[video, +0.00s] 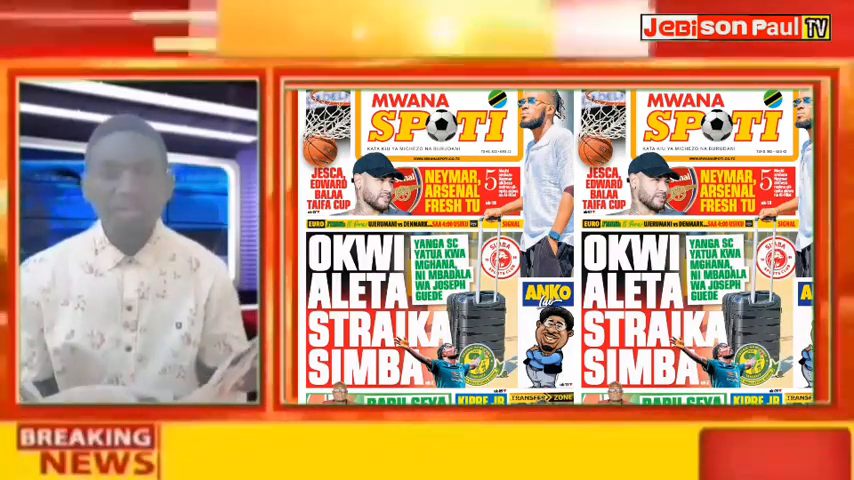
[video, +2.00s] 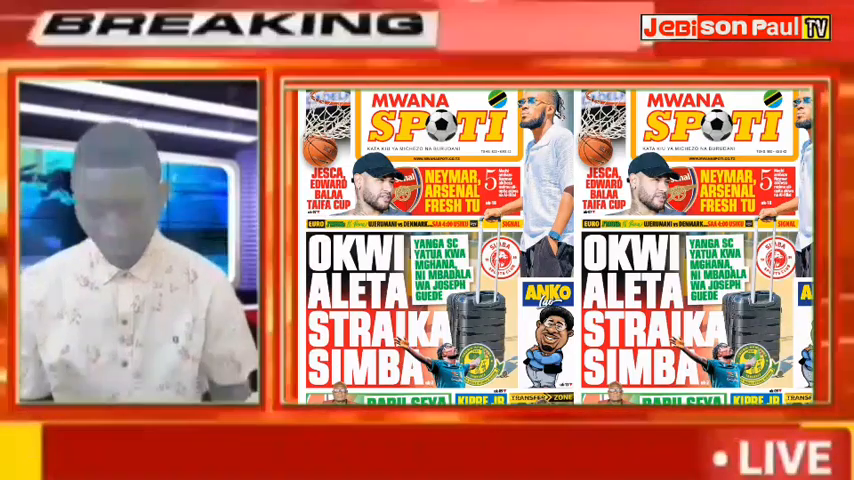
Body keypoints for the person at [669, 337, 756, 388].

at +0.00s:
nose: (729, 348)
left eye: (729, 347)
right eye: (725, 347)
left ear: (731, 351)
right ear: (718, 353)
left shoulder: (737, 366)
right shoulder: (714, 364)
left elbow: (750, 365)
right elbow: (698, 359)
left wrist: (754, 359)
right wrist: (684, 348)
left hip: (737, 401)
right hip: (720, 402)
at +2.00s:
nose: (728, 349)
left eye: (729, 347)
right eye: (724, 347)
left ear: (731, 351)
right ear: (718, 353)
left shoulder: (737, 366)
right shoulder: (714, 364)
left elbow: (750, 365)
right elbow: (698, 359)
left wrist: (754, 359)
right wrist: (684, 348)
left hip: (737, 401)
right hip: (720, 401)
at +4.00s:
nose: (728, 348)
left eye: (729, 347)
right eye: (724, 347)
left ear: (731, 351)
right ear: (718, 353)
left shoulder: (737, 366)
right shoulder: (714, 364)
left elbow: (749, 365)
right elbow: (698, 359)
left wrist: (754, 359)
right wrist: (684, 348)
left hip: (737, 400)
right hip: (720, 400)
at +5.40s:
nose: (729, 348)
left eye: (729, 347)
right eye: (725, 347)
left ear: (731, 351)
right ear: (718, 353)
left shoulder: (737, 366)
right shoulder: (714, 364)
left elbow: (749, 365)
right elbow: (698, 359)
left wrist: (754, 359)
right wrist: (684, 348)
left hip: (736, 400)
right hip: (720, 401)